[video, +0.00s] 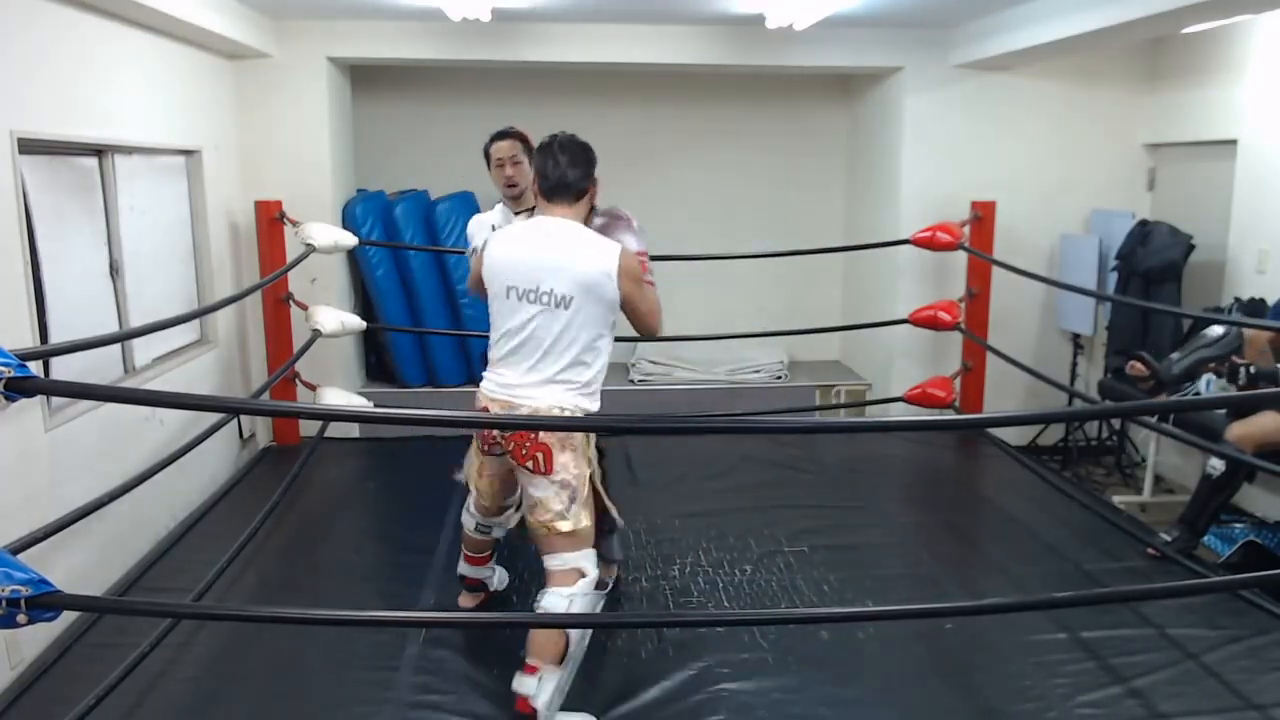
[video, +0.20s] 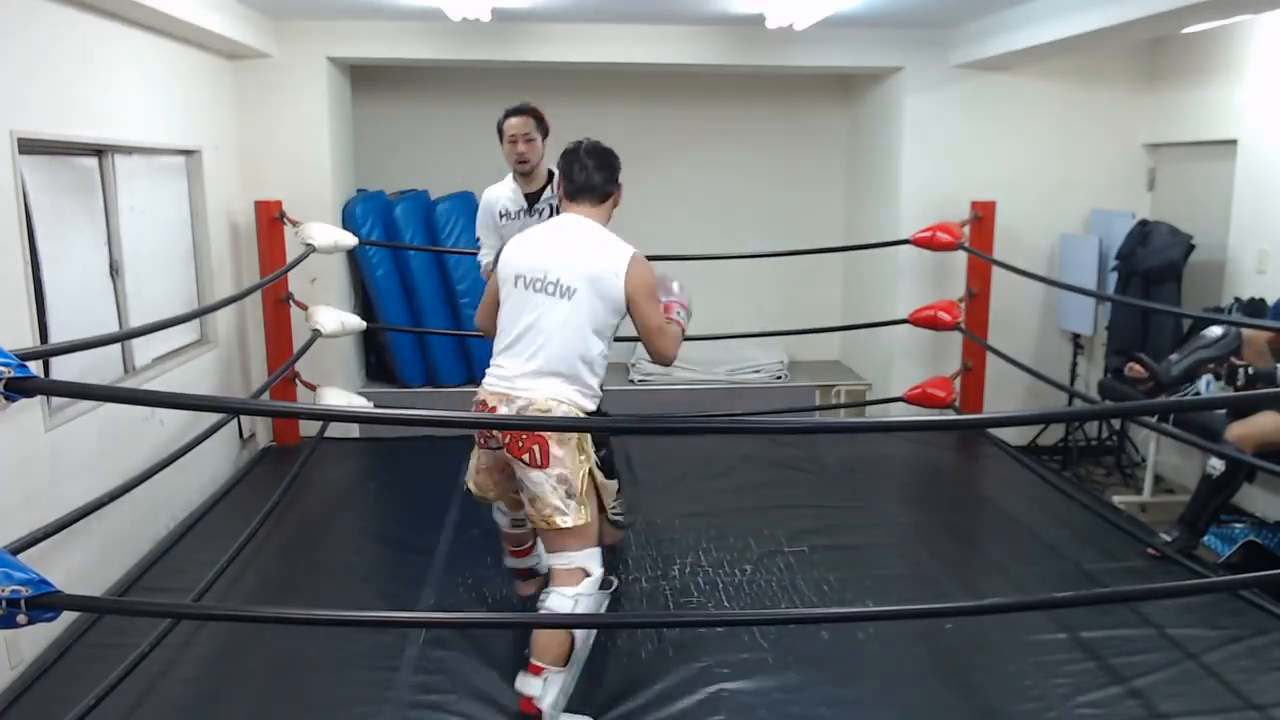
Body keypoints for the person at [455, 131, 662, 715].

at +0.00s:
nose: (593, 192)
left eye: (531, 182)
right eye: (593, 185)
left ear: (533, 188)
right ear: (594, 189)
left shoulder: (499, 241)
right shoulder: (611, 257)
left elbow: (479, 286)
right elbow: (650, 323)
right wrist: (637, 274)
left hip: (494, 412)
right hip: (558, 425)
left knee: (483, 512)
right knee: (569, 577)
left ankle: (474, 588)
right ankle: (532, 700)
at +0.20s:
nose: (618, 197)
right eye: (619, 191)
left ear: (558, 189)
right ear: (616, 194)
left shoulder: (517, 245)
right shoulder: (625, 261)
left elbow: (486, 321)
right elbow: (665, 351)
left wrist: (540, 308)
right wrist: (676, 312)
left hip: (493, 411)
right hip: (553, 422)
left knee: (515, 517)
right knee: (573, 575)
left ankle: (536, 607)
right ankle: (539, 702)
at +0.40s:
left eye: (538, 181)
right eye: (592, 183)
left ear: (537, 189)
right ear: (593, 188)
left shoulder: (506, 248)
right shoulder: (621, 245)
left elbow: (428, 266)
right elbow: (676, 284)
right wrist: (683, 274)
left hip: (527, 409)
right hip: (592, 412)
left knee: (562, 522)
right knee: (619, 544)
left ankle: (592, 606)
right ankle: (582, 644)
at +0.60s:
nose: (579, 186)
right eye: (576, 179)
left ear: (517, 194)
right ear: (571, 188)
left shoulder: (499, 253)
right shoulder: (605, 240)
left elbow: (460, 258)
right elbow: (661, 291)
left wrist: (491, 209)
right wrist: (712, 337)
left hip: (558, 405)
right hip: (616, 379)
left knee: (564, 495)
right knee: (636, 379)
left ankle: (598, 583)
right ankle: (666, 406)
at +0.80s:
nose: (517, 165)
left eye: (518, 159)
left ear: (522, 165)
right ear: (577, 157)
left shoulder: (504, 227)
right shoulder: (611, 209)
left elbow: (492, 292)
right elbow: (673, 269)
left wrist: (535, 272)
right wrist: (714, 314)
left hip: (565, 383)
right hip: (626, 362)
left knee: (572, 482)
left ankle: (598, 576)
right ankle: (612, 441)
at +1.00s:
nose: (527, 177)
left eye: (525, 171)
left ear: (528, 177)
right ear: (581, 171)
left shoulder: (510, 242)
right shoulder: (621, 227)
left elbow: (480, 303)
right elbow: (673, 274)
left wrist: (520, 263)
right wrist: (679, 241)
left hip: (551, 393)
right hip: (617, 385)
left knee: (572, 503)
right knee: (628, 493)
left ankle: (601, 594)